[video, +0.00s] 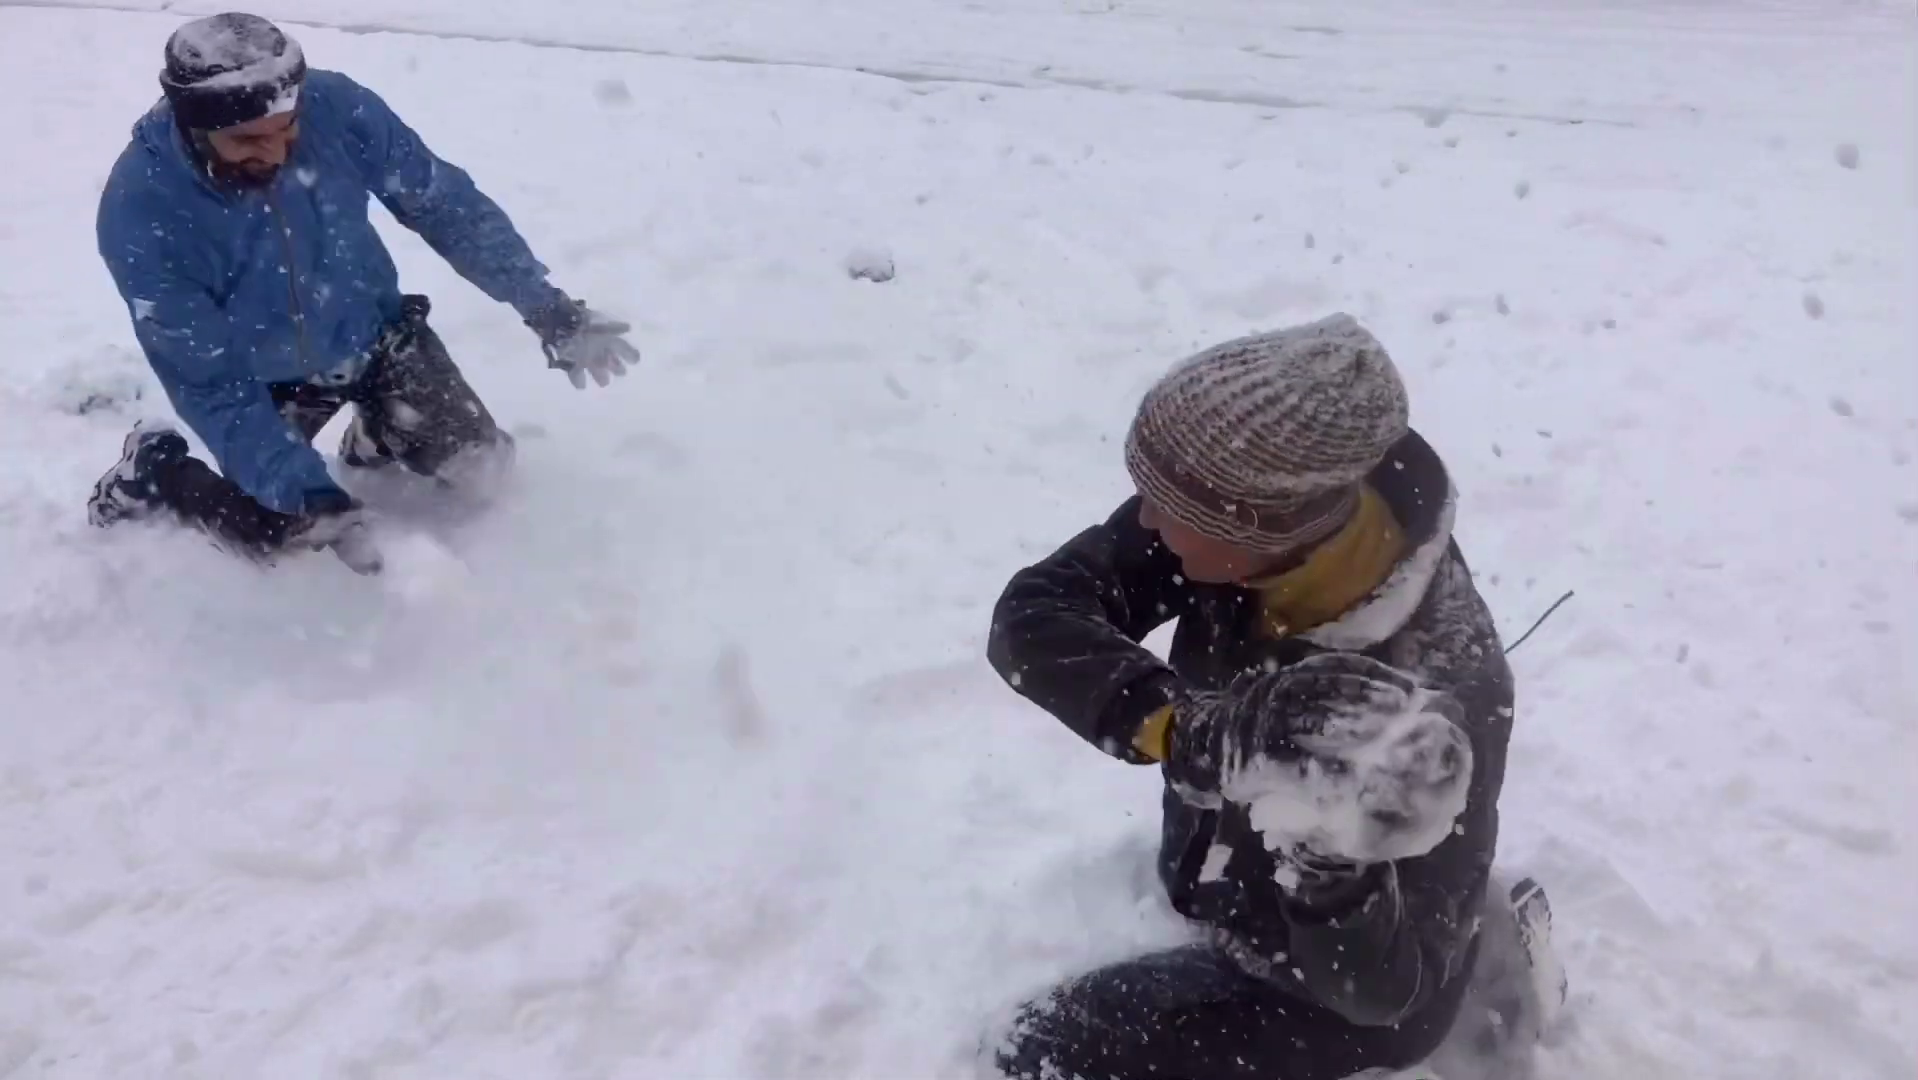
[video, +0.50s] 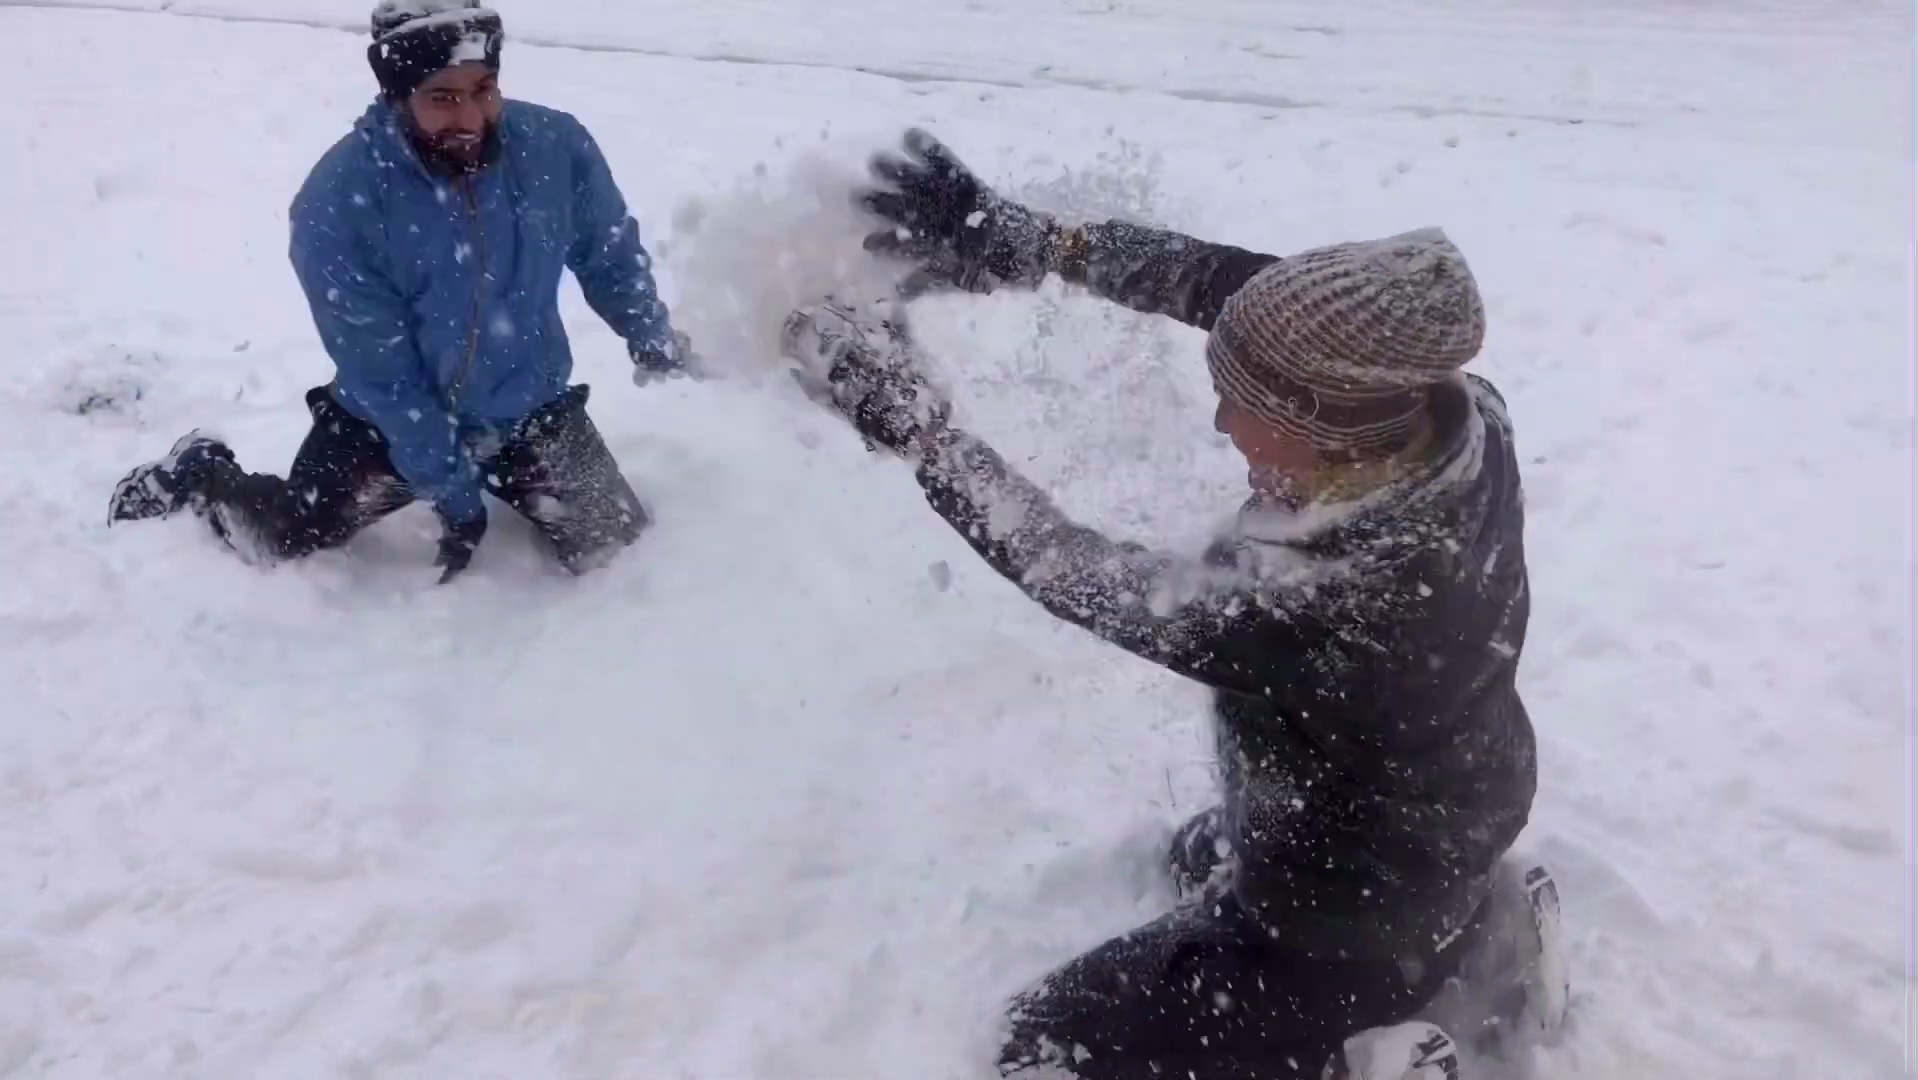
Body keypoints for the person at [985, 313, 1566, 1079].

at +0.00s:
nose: (1150, 529)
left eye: (1173, 521)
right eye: (1151, 509)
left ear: (1274, 534)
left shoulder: (1432, 691)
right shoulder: (1243, 493)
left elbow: (1386, 989)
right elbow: (1034, 614)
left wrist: (1324, 862)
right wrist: (1172, 723)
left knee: (1042, 1046)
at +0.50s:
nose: (1229, 428)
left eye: (1252, 418)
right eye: (1235, 404)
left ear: (1342, 436)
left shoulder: (1335, 618)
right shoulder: (1439, 409)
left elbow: (1079, 573)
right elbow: (1224, 289)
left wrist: (916, 422)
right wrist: (1013, 239)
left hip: (1366, 905)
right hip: (1448, 791)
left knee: (1045, 1042)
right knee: (1200, 860)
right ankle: (1445, 905)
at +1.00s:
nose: (1259, 559)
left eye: (1264, 534)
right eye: (1249, 535)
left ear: (1344, 511)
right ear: (1406, 444)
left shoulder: (1380, 678)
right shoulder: (1529, 472)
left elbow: (1207, 797)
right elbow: (1448, 343)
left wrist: (1169, 588)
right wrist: (1288, 246)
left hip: (1398, 961)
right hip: (1502, 872)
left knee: (1038, 1042)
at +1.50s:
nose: (1250, 752)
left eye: (1254, 726)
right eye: (1227, 736)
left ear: (1308, 670)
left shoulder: (1498, 745)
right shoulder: (1247, 565)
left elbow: (1501, 1041)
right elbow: (1053, 610)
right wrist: (951, 817)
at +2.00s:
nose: (1062, 969)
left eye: (1054, 948)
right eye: (1032, 969)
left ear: (1065, 860)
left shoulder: (1236, 849)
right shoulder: (951, 742)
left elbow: (1278, 1057)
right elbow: (815, 979)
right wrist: (747, 1073)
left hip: (1378, 940)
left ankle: (1483, 946)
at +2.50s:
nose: (761, 805)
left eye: (767, 785)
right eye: (735, 805)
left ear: (802, 718)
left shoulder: (989, 677)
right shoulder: (770, 628)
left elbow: (1063, 938)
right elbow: (747, 836)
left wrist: (1034, 1065)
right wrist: (708, 1020)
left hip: (1247, 807)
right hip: (1104, 765)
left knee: (1078, 1051)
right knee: (991, 984)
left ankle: (1366, 1046)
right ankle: (1274, 944)